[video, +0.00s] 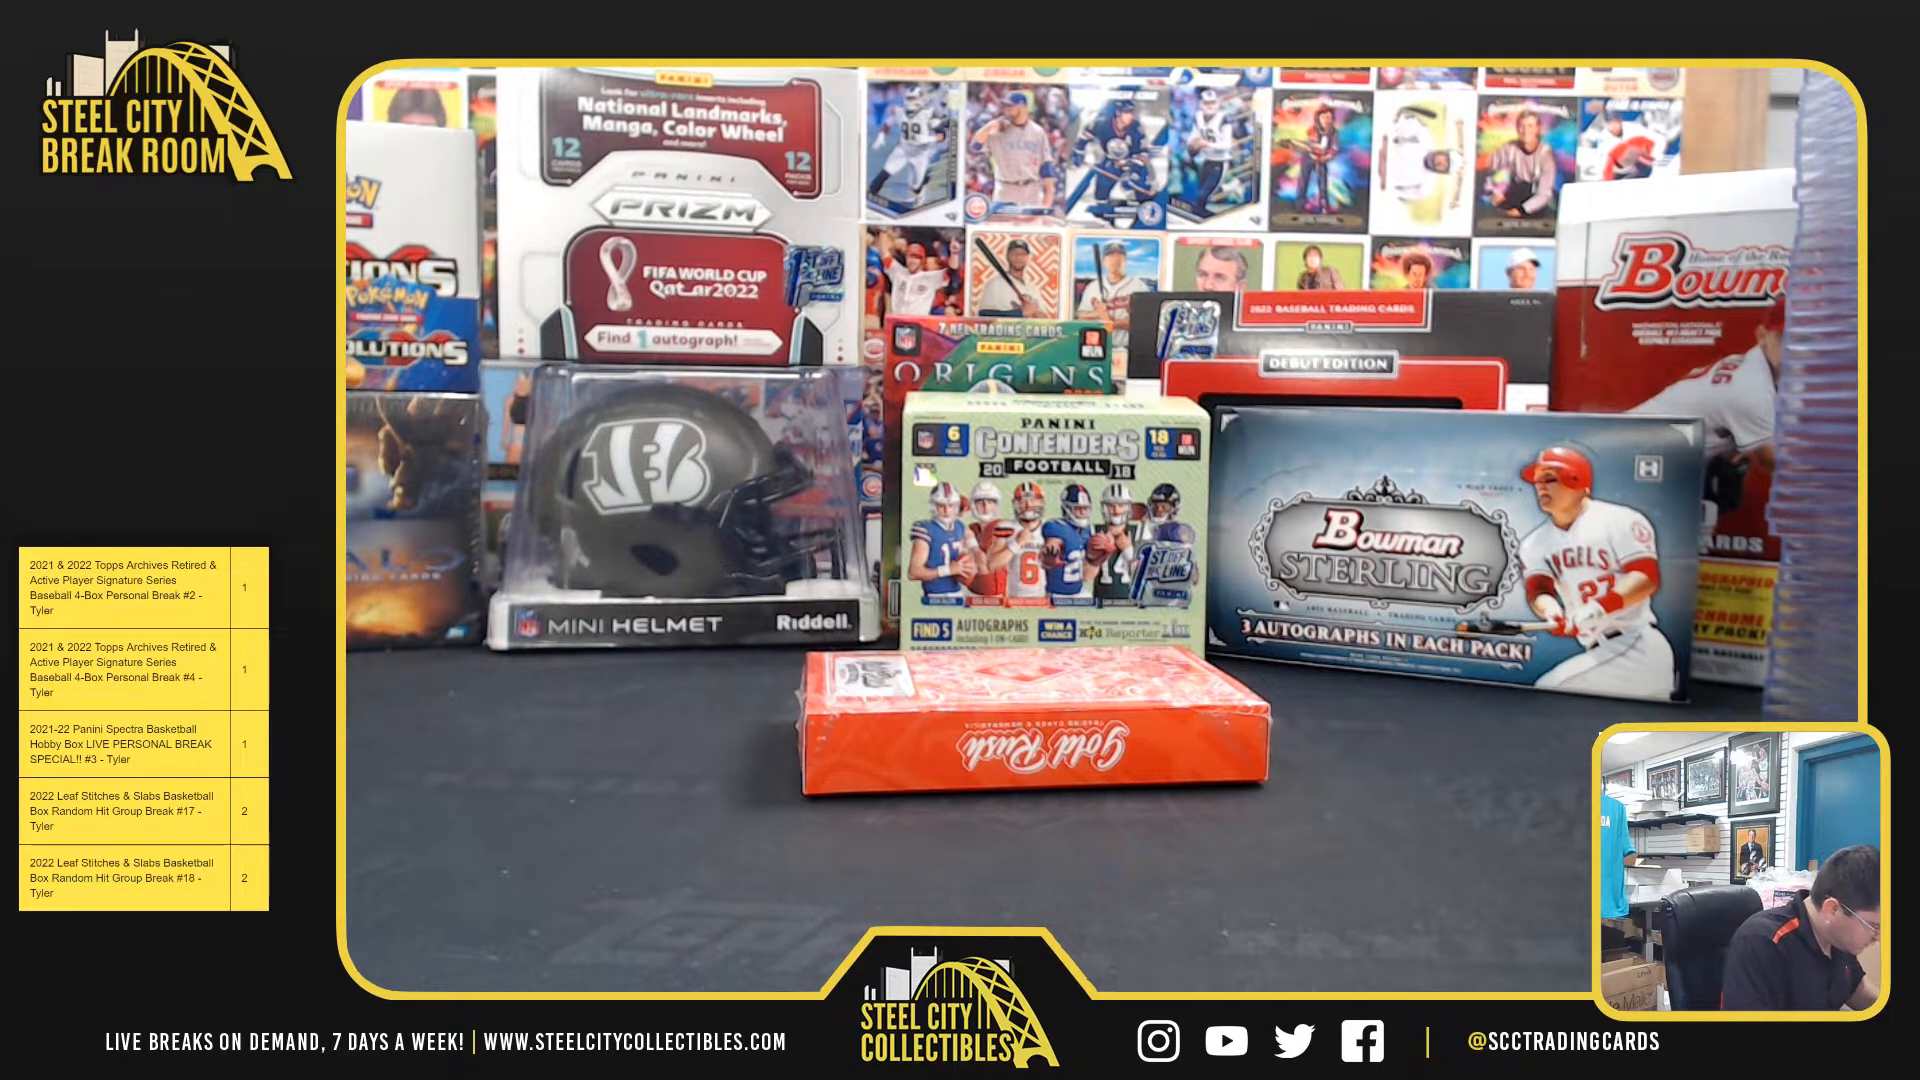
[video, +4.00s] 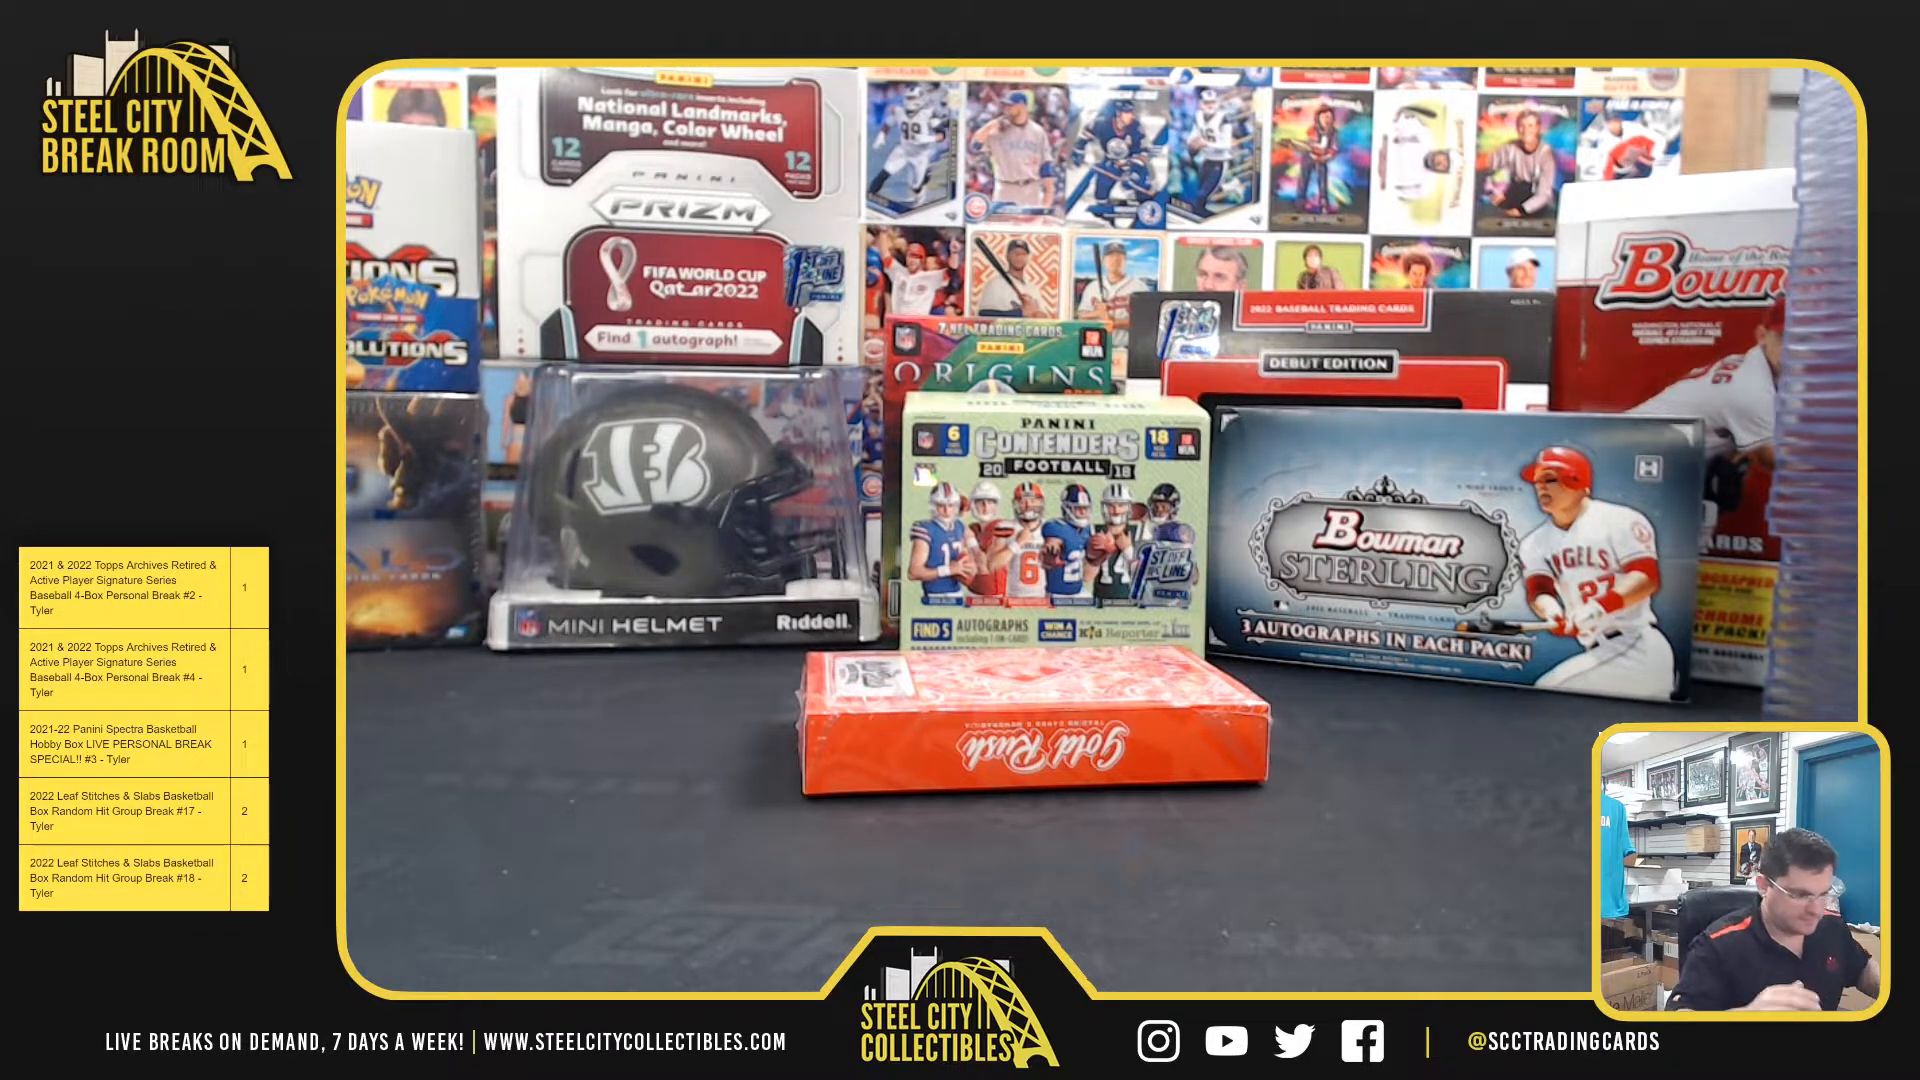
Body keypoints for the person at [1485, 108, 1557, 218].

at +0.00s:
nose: (1526, 131)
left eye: (1530, 126)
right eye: (1522, 126)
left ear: (1538, 129)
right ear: (1517, 129)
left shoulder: (1545, 154)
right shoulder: (1507, 151)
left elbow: (1545, 192)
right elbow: (1491, 178)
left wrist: (1523, 209)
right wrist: (1494, 194)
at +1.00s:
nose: (1526, 131)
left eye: (1530, 126)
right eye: (1522, 126)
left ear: (1538, 129)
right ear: (1517, 129)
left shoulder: (1545, 154)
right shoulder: (1507, 151)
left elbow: (1545, 192)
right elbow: (1491, 178)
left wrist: (1523, 209)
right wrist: (1494, 194)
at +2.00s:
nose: (1526, 130)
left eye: (1531, 126)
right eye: (1522, 126)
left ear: (1539, 129)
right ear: (1517, 130)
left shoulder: (1545, 154)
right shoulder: (1506, 151)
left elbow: (1545, 192)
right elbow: (1490, 179)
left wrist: (1523, 209)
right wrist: (1494, 194)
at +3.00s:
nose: (1526, 130)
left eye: (1530, 126)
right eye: (1522, 126)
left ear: (1538, 128)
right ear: (1518, 129)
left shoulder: (1545, 154)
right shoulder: (1506, 151)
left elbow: (1545, 192)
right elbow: (1491, 179)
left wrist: (1523, 209)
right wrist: (1495, 193)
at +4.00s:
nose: (1526, 130)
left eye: (1530, 126)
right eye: (1522, 126)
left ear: (1539, 128)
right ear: (1518, 130)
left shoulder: (1545, 154)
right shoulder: (1506, 151)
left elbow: (1545, 191)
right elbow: (1490, 178)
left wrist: (1523, 209)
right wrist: (1495, 193)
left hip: (1535, 188)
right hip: (1511, 187)